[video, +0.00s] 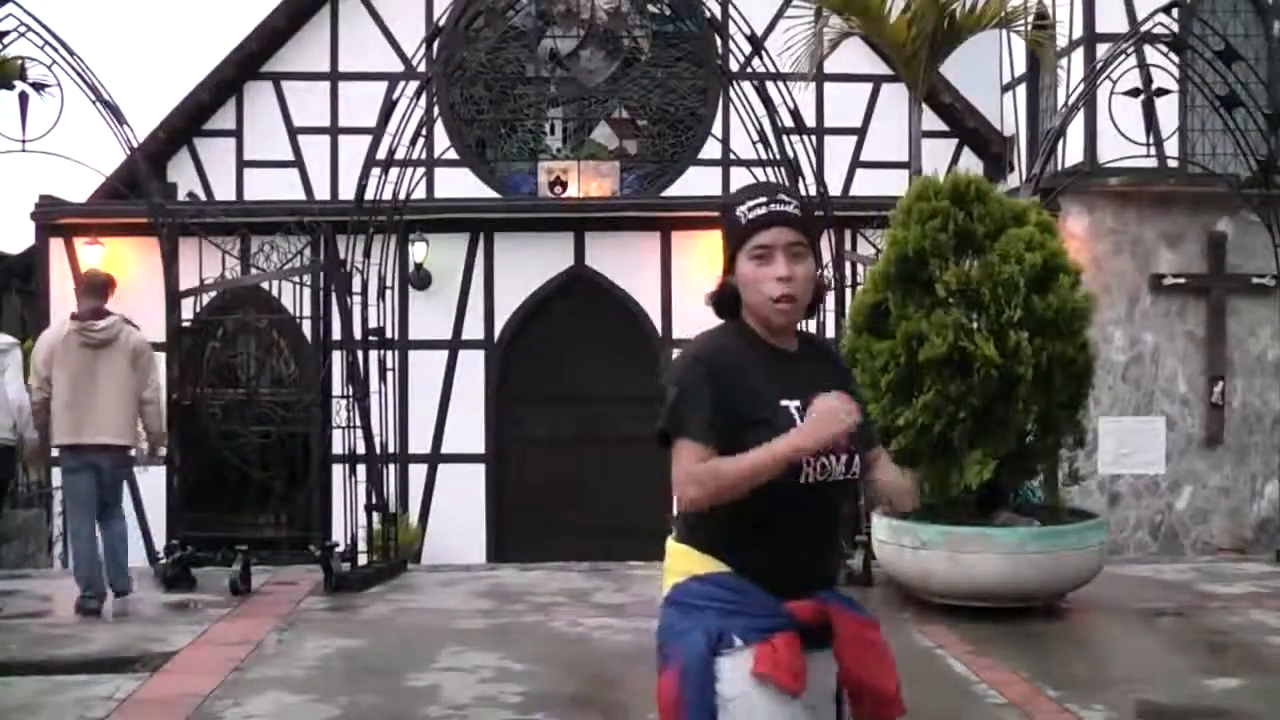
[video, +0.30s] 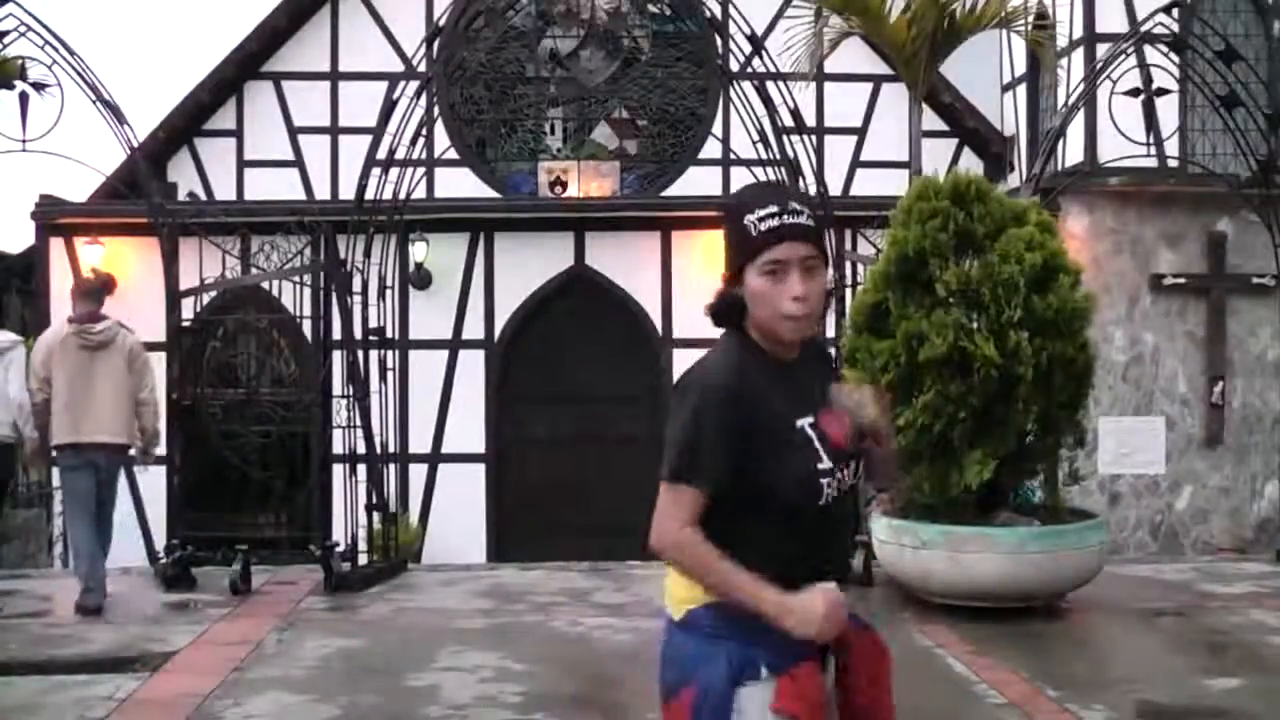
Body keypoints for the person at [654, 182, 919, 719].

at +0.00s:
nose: (784, 273)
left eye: (797, 255)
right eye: (762, 258)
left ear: (816, 268)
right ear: (733, 275)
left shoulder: (826, 359)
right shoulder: (706, 362)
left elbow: (868, 455)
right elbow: (689, 487)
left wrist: (895, 484)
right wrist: (806, 438)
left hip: (814, 600)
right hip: (723, 604)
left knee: (876, 698)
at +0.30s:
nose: (799, 291)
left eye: (811, 268)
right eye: (775, 272)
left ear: (828, 274)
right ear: (738, 284)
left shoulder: (818, 365)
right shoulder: (714, 386)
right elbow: (669, 533)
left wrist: (870, 436)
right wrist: (783, 607)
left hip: (811, 634)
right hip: (730, 643)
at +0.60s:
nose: (811, 380)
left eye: (824, 352)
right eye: (782, 357)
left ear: (841, 351)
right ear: (741, 361)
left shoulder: (820, 417)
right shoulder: (703, 459)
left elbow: (855, 482)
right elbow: (671, 636)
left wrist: (881, 534)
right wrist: (805, 616)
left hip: (751, 645)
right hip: (660, 668)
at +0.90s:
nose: (801, 398)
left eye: (817, 367)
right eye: (771, 373)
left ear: (838, 364)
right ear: (730, 374)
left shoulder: (824, 423)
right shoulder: (695, 474)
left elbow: (858, 491)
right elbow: (646, 655)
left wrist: (862, 552)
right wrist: (766, 715)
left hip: (758, 653)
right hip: (666, 672)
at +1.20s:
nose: (808, 327)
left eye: (825, 304)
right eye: (783, 306)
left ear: (848, 314)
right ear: (746, 316)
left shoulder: (845, 404)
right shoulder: (694, 415)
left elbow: (880, 491)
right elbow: (656, 579)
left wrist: (892, 542)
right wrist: (798, 561)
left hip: (767, 634)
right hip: (660, 637)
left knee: (825, 704)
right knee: (657, 707)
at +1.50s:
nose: (815, 272)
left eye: (832, 253)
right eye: (793, 257)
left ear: (855, 267)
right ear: (764, 275)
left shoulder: (874, 380)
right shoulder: (718, 372)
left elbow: (926, 507)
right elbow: (648, 500)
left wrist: (888, 510)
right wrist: (754, 536)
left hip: (822, 607)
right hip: (713, 602)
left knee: (851, 702)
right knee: (727, 693)